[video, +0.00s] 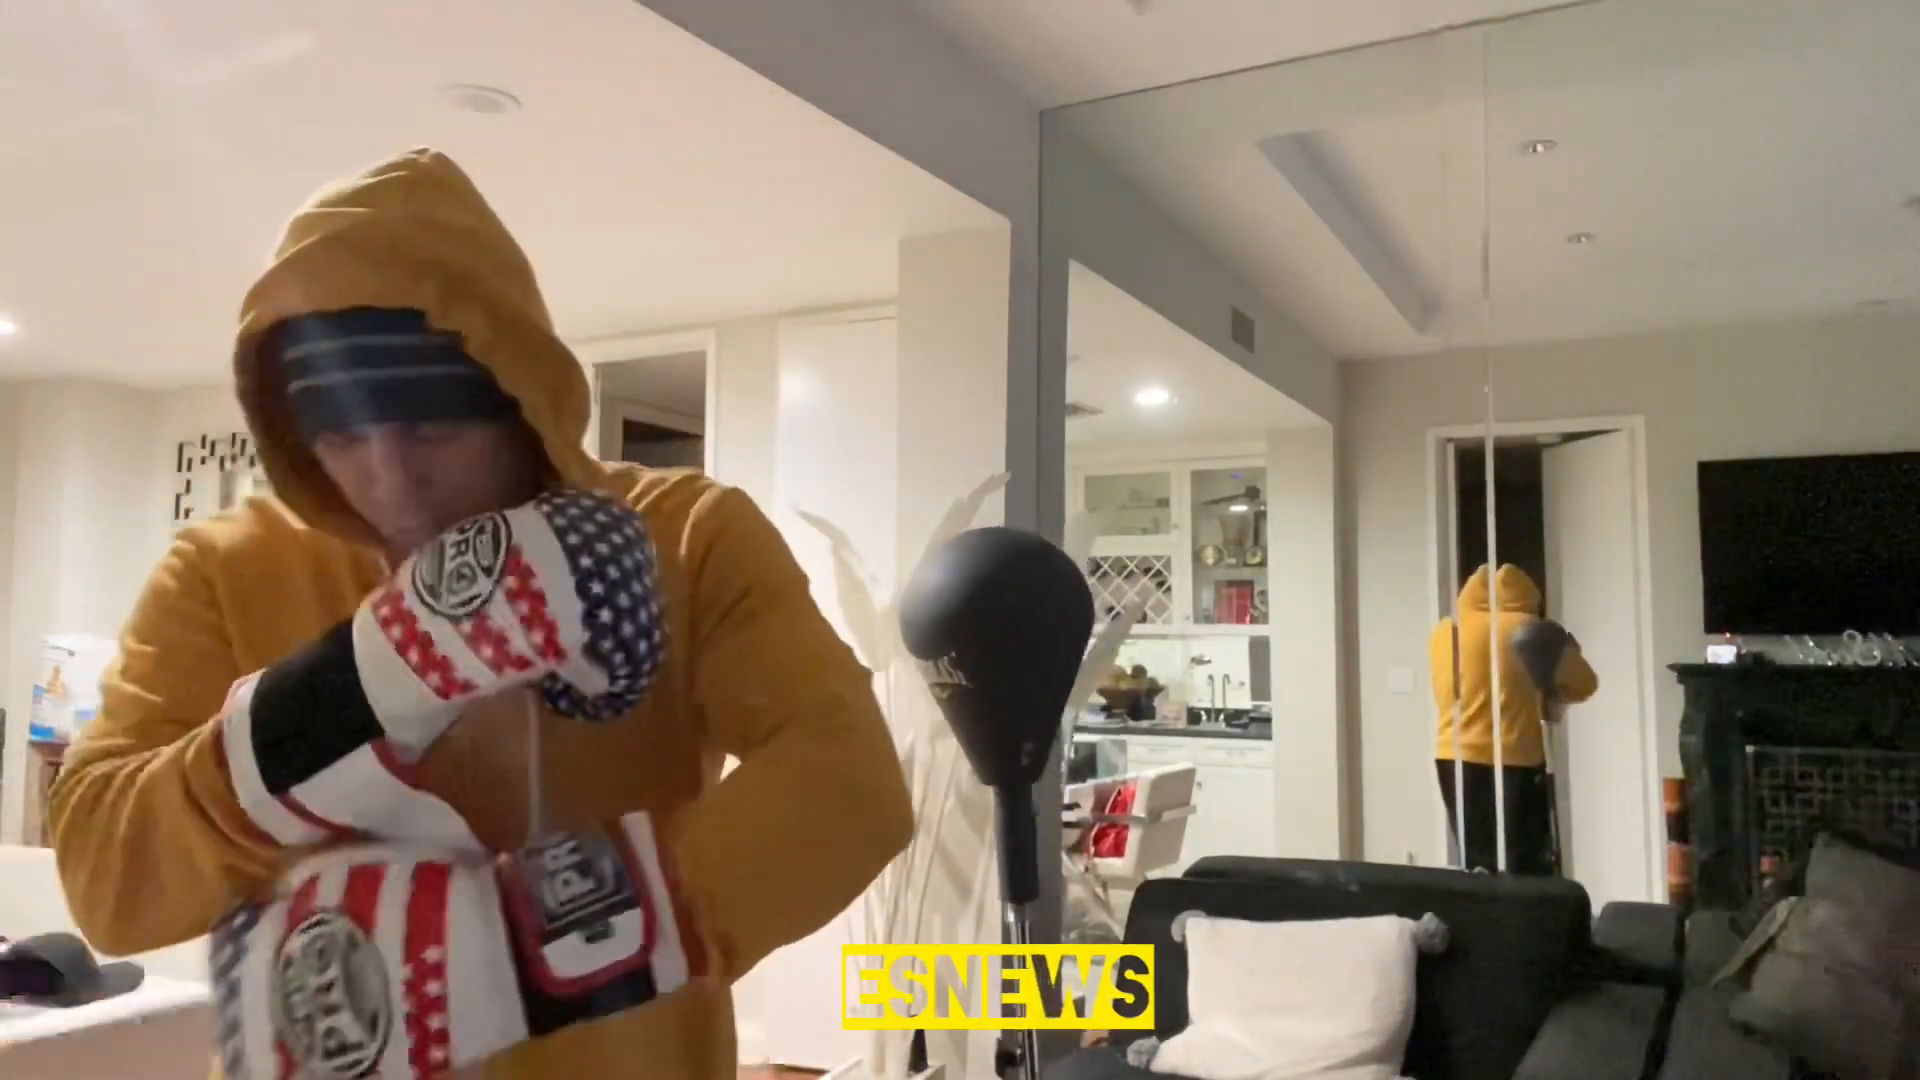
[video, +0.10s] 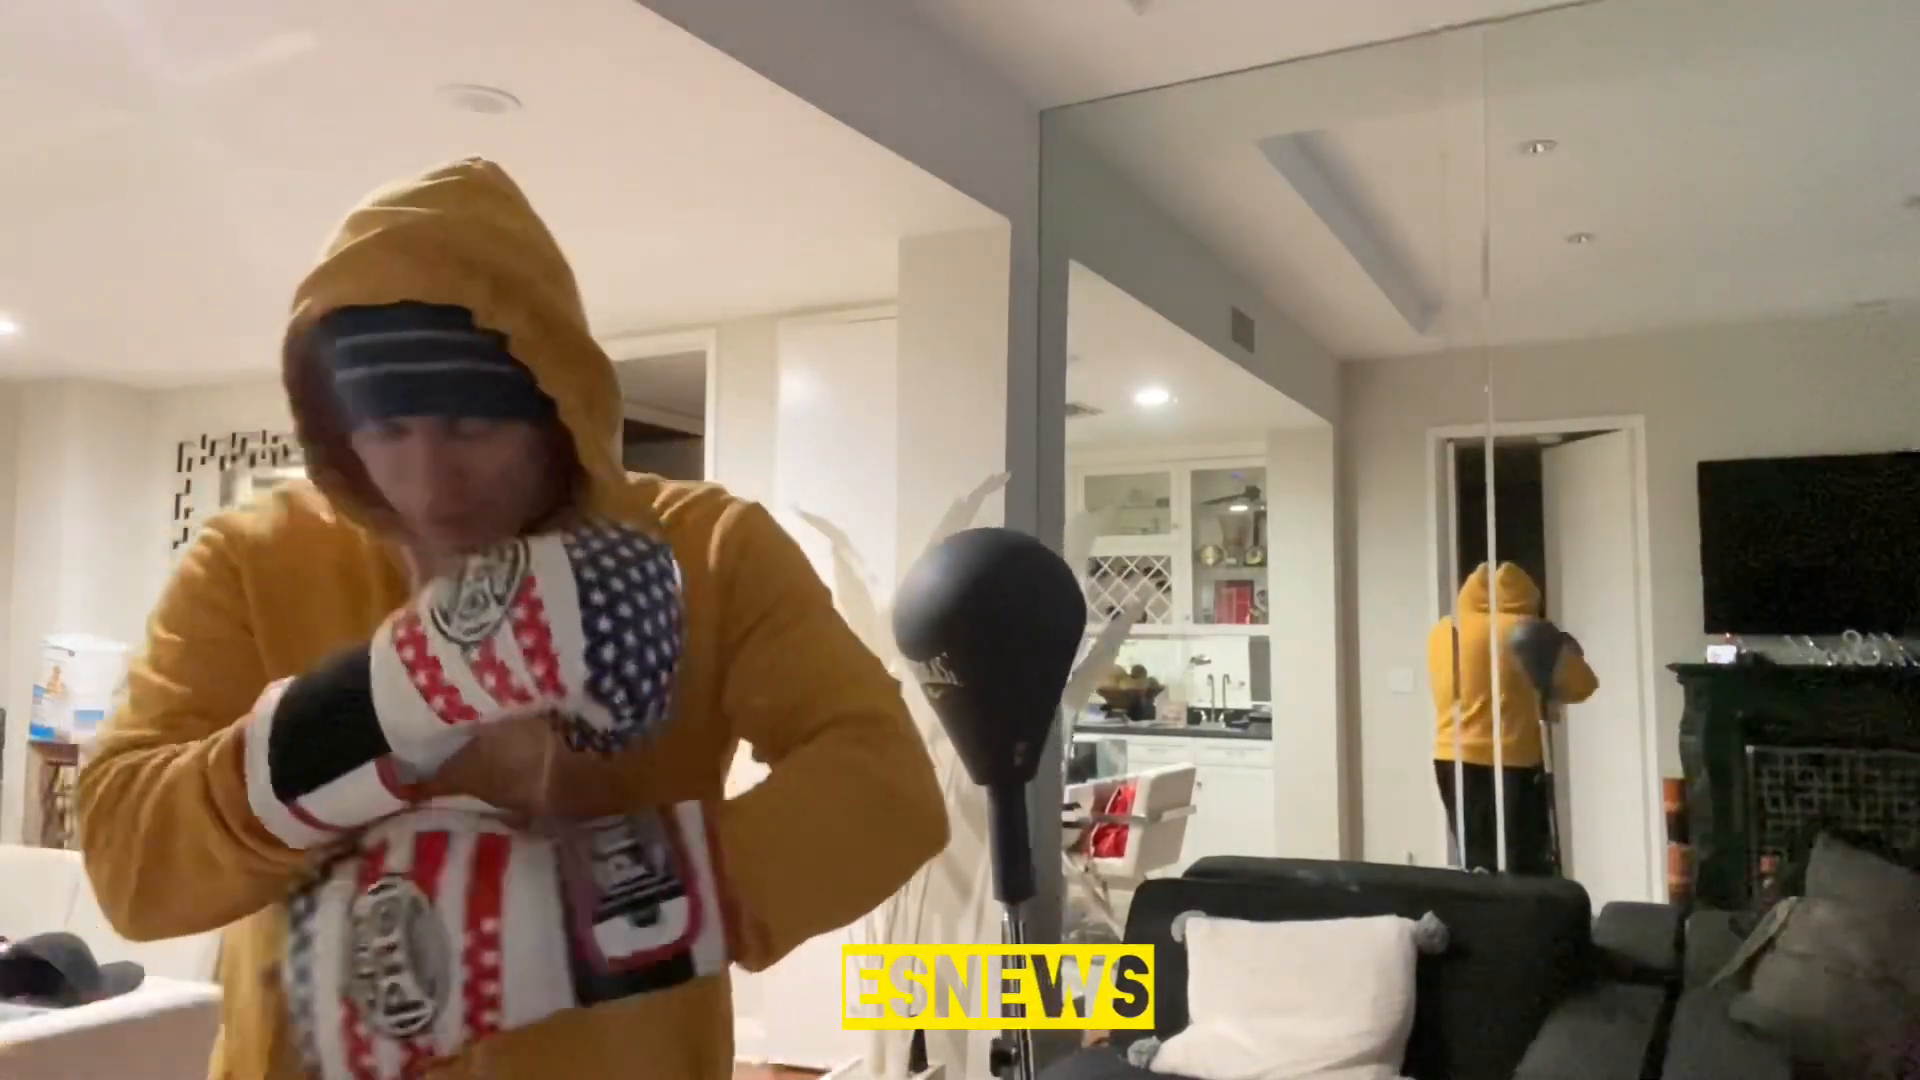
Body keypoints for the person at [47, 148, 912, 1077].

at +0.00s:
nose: (393, 482)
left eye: (434, 418)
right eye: (339, 431)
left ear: (520, 393)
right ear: (300, 440)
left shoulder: (693, 544)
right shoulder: (225, 579)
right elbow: (111, 887)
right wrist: (394, 674)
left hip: (643, 1066)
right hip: (339, 1071)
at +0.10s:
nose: (429, 480)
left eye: (471, 421)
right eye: (384, 426)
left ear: (558, 404)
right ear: (341, 434)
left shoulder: (713, 559)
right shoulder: (253, 568)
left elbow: (887, 794)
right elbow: (132, 871)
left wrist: (582, 892)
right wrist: (397, 721)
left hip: (622, 1064)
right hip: (305, 1065)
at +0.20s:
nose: (465, 466)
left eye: (509, 411)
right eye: (419, 414)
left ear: (591, 406)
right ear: (368, 417)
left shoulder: (732, 572)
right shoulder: (278, 560)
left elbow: (910, 812)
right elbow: (160, 859)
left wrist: (655, 911)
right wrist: (418, 750)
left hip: (629, 1065)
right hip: (317, 1063)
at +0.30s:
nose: (501, 478)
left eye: (545, 425)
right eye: (461, 427)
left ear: (623, 412)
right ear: (409, 420)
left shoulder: (746, 587)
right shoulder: (300, 557)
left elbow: (894, 825)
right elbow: (207, 842)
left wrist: (709, 964)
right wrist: (463, 814)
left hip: (638, 1072)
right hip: (332, 1066)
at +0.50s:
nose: (560, 493)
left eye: (601, 445)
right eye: (522, 444)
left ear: (661, 438)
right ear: (464, 431)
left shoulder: (757, 602)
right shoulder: (334, 557)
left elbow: (828, 831)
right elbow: (225, 838)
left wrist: (812, 971)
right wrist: (487, 921)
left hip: (647, 1063)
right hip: (372, 1058)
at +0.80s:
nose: (633, 511)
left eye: (672, 470)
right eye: (599, 463)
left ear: (715, 471)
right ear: (532, 447)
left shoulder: (768, 604)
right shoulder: (390, 544)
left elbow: (809, 841)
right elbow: (294, 828)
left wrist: (881, 854)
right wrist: (540, 958)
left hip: (675, 1063)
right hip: (422, 1060)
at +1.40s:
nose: (586, 509)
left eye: (626, 463)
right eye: (549, 462)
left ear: (689, 453)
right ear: (500, 453)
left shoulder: (786, 577)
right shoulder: (380, 571)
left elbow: (870, 801)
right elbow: (336, 869)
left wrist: (788, 854)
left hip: (724, 1060)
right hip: (478, 1060)